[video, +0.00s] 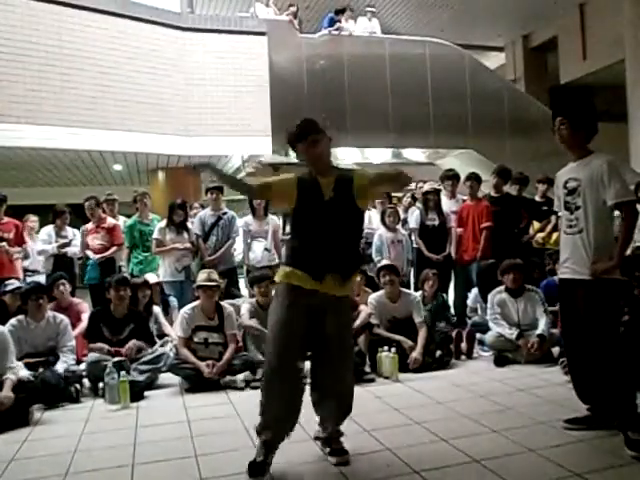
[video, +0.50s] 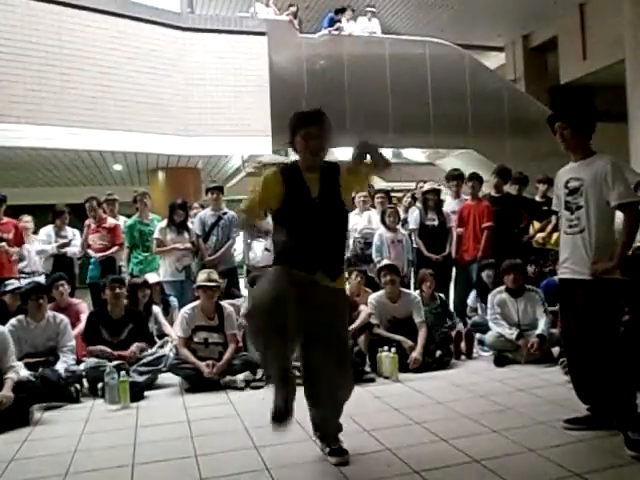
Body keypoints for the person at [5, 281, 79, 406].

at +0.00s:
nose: (40, 302)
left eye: (42, 298)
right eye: (35, 299)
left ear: (48, 301)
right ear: (26, 304)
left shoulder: (61, 322)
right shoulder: (14, 326)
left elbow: (68, 353)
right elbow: (10, 359)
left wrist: (56, 372)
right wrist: (26, 375)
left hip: (53, 368)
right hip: (27, 371)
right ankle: (67, 394)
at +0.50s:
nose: (40, 302)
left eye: (42, 298)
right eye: (35, 299)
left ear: (48, 300)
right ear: (26, 304)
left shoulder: (60, 321)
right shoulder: (14, 326)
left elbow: (68, 352)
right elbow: (11, 360)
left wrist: (57, 371)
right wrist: (26, 375)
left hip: (54, 369)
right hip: (27, 371)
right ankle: (68, 393)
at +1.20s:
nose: (39, 303)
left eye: (42, 299)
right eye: (34, 300)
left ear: (47, 301)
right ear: (25, 305)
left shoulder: (60, 321)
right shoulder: (14, 326)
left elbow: (69, 352)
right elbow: (10, 359)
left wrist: (58, 371)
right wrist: (23, 374)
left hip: (54, 367)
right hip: (28, 370)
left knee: (76, 374)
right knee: (21, 387)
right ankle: (68, 393)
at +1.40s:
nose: (39, 303)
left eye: (42, 299)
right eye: (34, 300)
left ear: (47, 301)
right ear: (25, 305)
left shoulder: (60, 321)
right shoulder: (14, 326)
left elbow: (69, 352)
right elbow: (10, 359)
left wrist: (58, 371)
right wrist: (24, 375)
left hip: (54, 367)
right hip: (28, 371)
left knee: (76, 375)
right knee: (19, 388)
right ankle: (66, 394)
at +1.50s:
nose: (39, 303)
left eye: (42, 299)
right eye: (33, 300)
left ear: (47, 301)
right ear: (25, 305)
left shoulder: (60, 321)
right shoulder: (14, 325)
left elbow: (68, 352)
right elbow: (10, 358)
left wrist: (58, 370)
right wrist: (23, 374)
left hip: (53, 367)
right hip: (28, 370)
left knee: (75, 375)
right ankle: (65, 394)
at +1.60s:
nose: (39, 303)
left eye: (42, 299)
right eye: (33, 300)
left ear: (47, 301)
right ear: (25, 305)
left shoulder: (60, 321)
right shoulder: (14, 325)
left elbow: (68, 351)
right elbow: (10, 358)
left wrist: (58, 370)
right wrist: (23, 374)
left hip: (53, 367)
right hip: (28, 370)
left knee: (75, 374)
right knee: (20, 388)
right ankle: (66, 394)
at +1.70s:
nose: (39, 303)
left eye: (42, 299)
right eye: (33, 300)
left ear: (47, 301)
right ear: (25, 305)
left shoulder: (60, 321)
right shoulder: (14, 325)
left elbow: (69, 352)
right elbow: (10, 358)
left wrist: (58, 371)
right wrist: (23, 374)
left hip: (54, 367)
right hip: (28, 370)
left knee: (75, 374)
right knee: (20, 388)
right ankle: (66, 394)